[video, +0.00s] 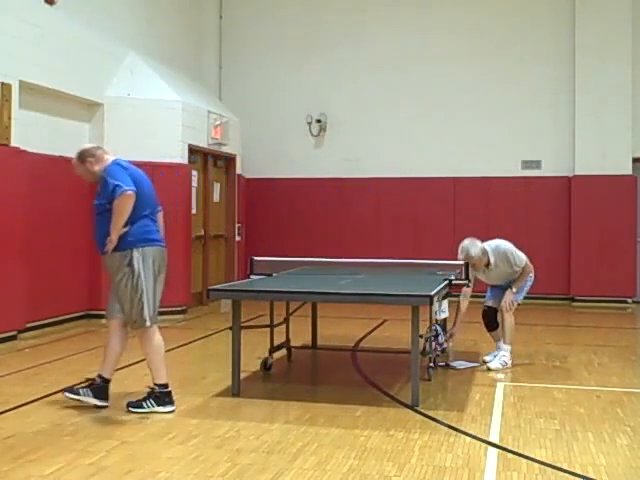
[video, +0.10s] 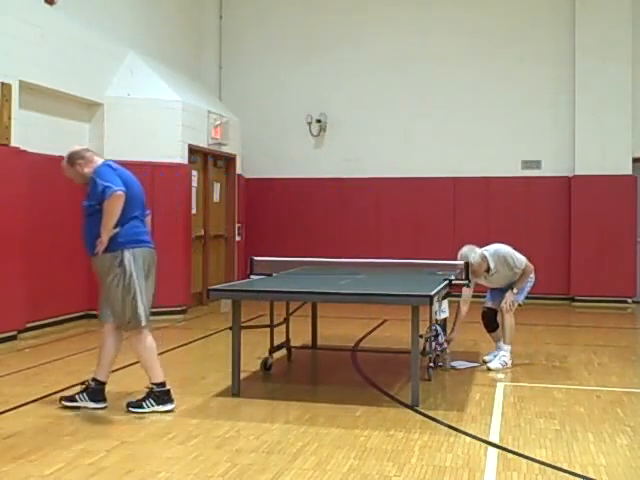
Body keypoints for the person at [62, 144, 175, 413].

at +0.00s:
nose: (86, 178)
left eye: (84, 173)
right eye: (83, 174)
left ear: (92, 162)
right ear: (100, 156)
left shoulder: (111, 169)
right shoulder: (129, 169)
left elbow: (126, 193)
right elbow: (157, 210)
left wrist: (114, 233)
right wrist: (157, 244)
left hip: (137, 251)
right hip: (140, 250)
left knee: (145, 323)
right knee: (117, 319)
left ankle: (162, 393)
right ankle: (101, 386)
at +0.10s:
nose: (77, 181)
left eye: (74, 176)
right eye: (73, 178)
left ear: (81, 164)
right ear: (90, 158)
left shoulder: (100, 170)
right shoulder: (121, 172)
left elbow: (116, 193)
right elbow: (145, 214)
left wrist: (105, 234)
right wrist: (142, 244)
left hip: (125, 252)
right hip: (135, 249)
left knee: (135, 326)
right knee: (111, 324)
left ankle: (160, 391)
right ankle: (96, 389)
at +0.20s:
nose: (66, 179)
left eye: (64, 173)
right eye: (64, 176)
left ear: (72, 162)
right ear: (78, 158)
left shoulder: (92, 169)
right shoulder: (102, 171)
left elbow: (109, 193)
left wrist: (97, 233)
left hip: (115, 250)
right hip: (117, 249)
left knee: (103, 325)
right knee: (109, 326)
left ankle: (149, 381)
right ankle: (95, 389)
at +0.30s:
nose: (59, 178)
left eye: (57, 172)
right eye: (56, 174)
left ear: (65, 160)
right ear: (69, 158)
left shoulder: (86, 167)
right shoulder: (84, 174)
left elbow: (105, 189)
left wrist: (90, 230)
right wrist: (77, 254)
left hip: (106, 250)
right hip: (108, 249)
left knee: (76, 319)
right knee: (101, 322)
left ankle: (126, 369)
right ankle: (95, 389)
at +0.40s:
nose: (53, 174)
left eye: (51, 168)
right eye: (50, 171)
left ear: (59, 157)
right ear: (64, 154)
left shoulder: (82, 164)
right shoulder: (79, 175)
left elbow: (101, 189)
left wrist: (83, 230)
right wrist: (70, 249)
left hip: (98, 248)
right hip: (107, 249)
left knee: (59, 314)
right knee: (94, 321)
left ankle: (97, 373)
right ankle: (94, 390)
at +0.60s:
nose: (38, 172)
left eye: (37, 166)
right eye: (36, 169)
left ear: (46, 155)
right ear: (49, 154)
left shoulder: (69, 163)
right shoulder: (62, 177)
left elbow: (92, 189)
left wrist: (69, 229)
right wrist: (53, 249)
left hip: (82, 250)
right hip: (86, 251)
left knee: (37, 311)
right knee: (84, 320)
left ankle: (54, 382)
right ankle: (93, 389)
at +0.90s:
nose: (4, 175)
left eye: (3, 169)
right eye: (2, 170)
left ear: (12, 158)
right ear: (13, 158)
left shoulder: (38, 169)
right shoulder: (28, 180)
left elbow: (66, 197)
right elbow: (30, 224)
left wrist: (43, 236)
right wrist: (22, 263)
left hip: (56, 256)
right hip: (45, 258)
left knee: (28, 325)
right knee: (61, 324)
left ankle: (17, 401)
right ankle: (88, 384)